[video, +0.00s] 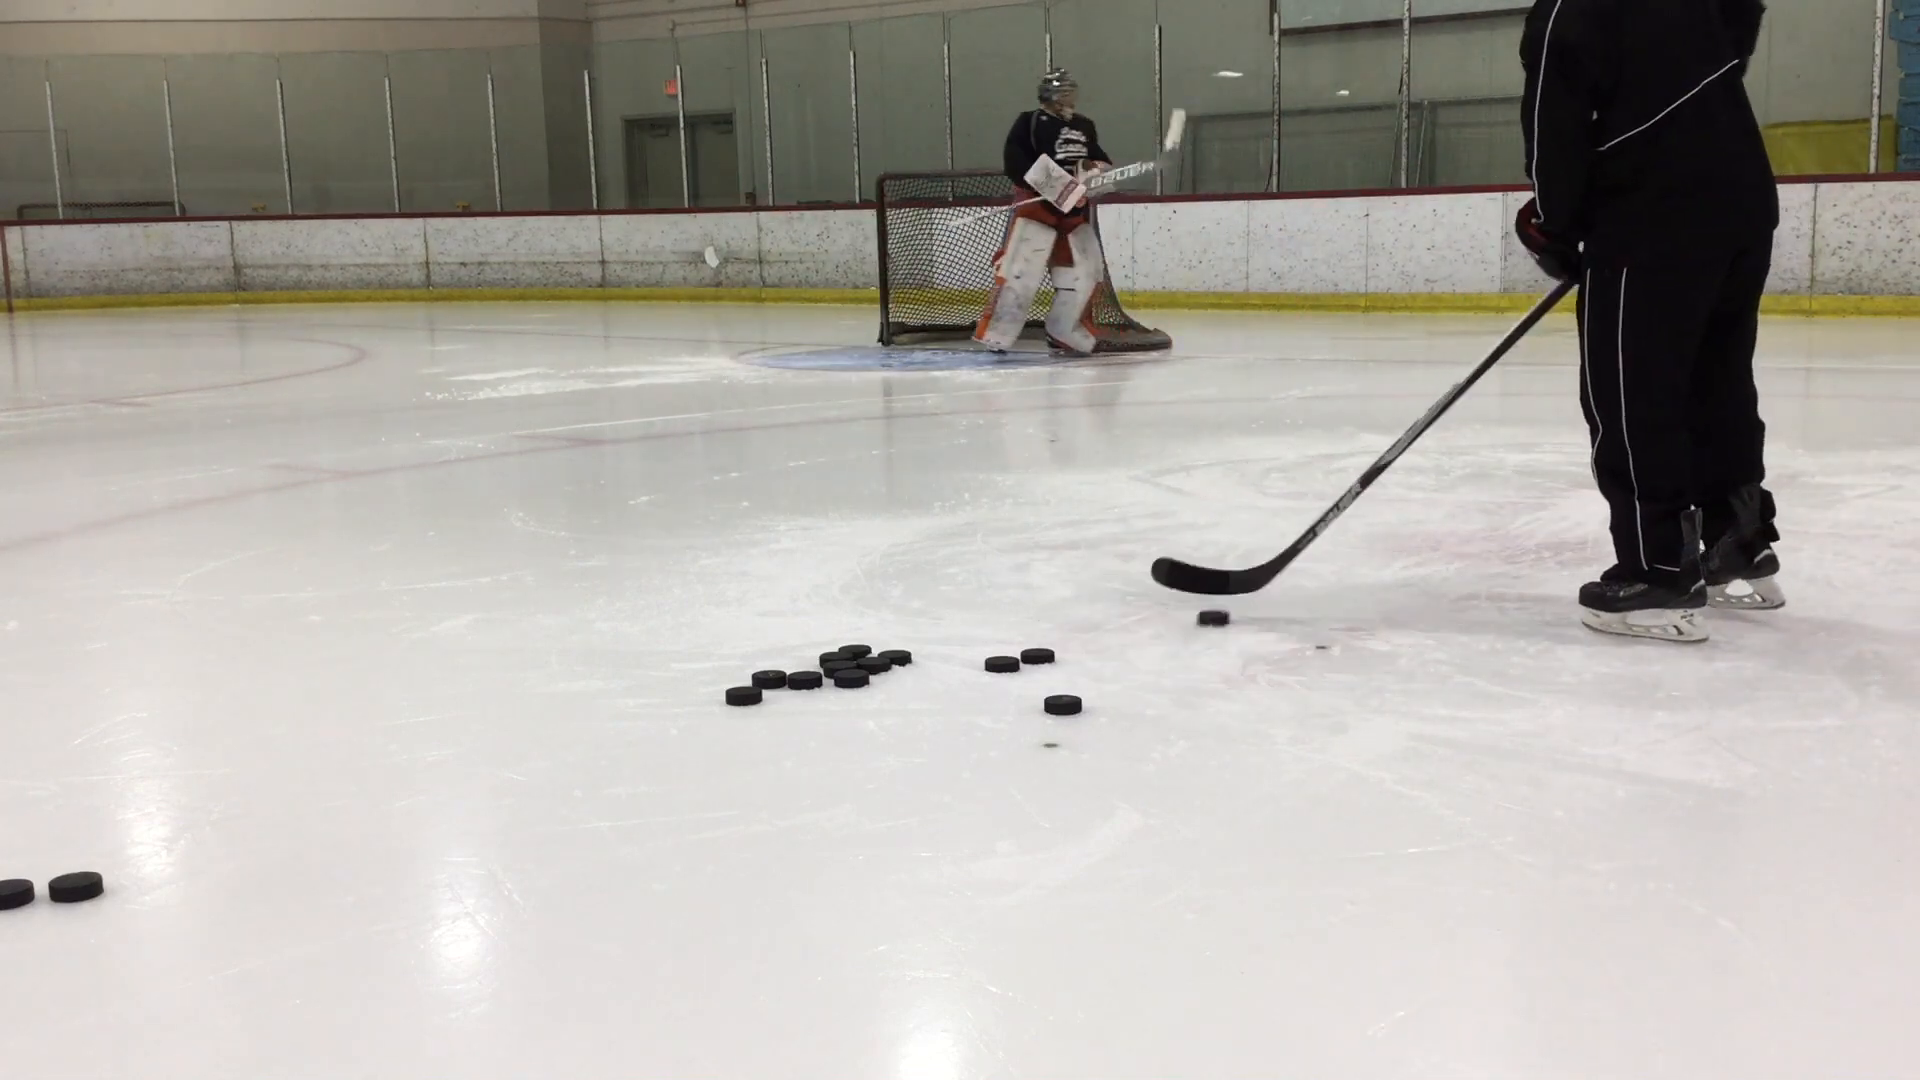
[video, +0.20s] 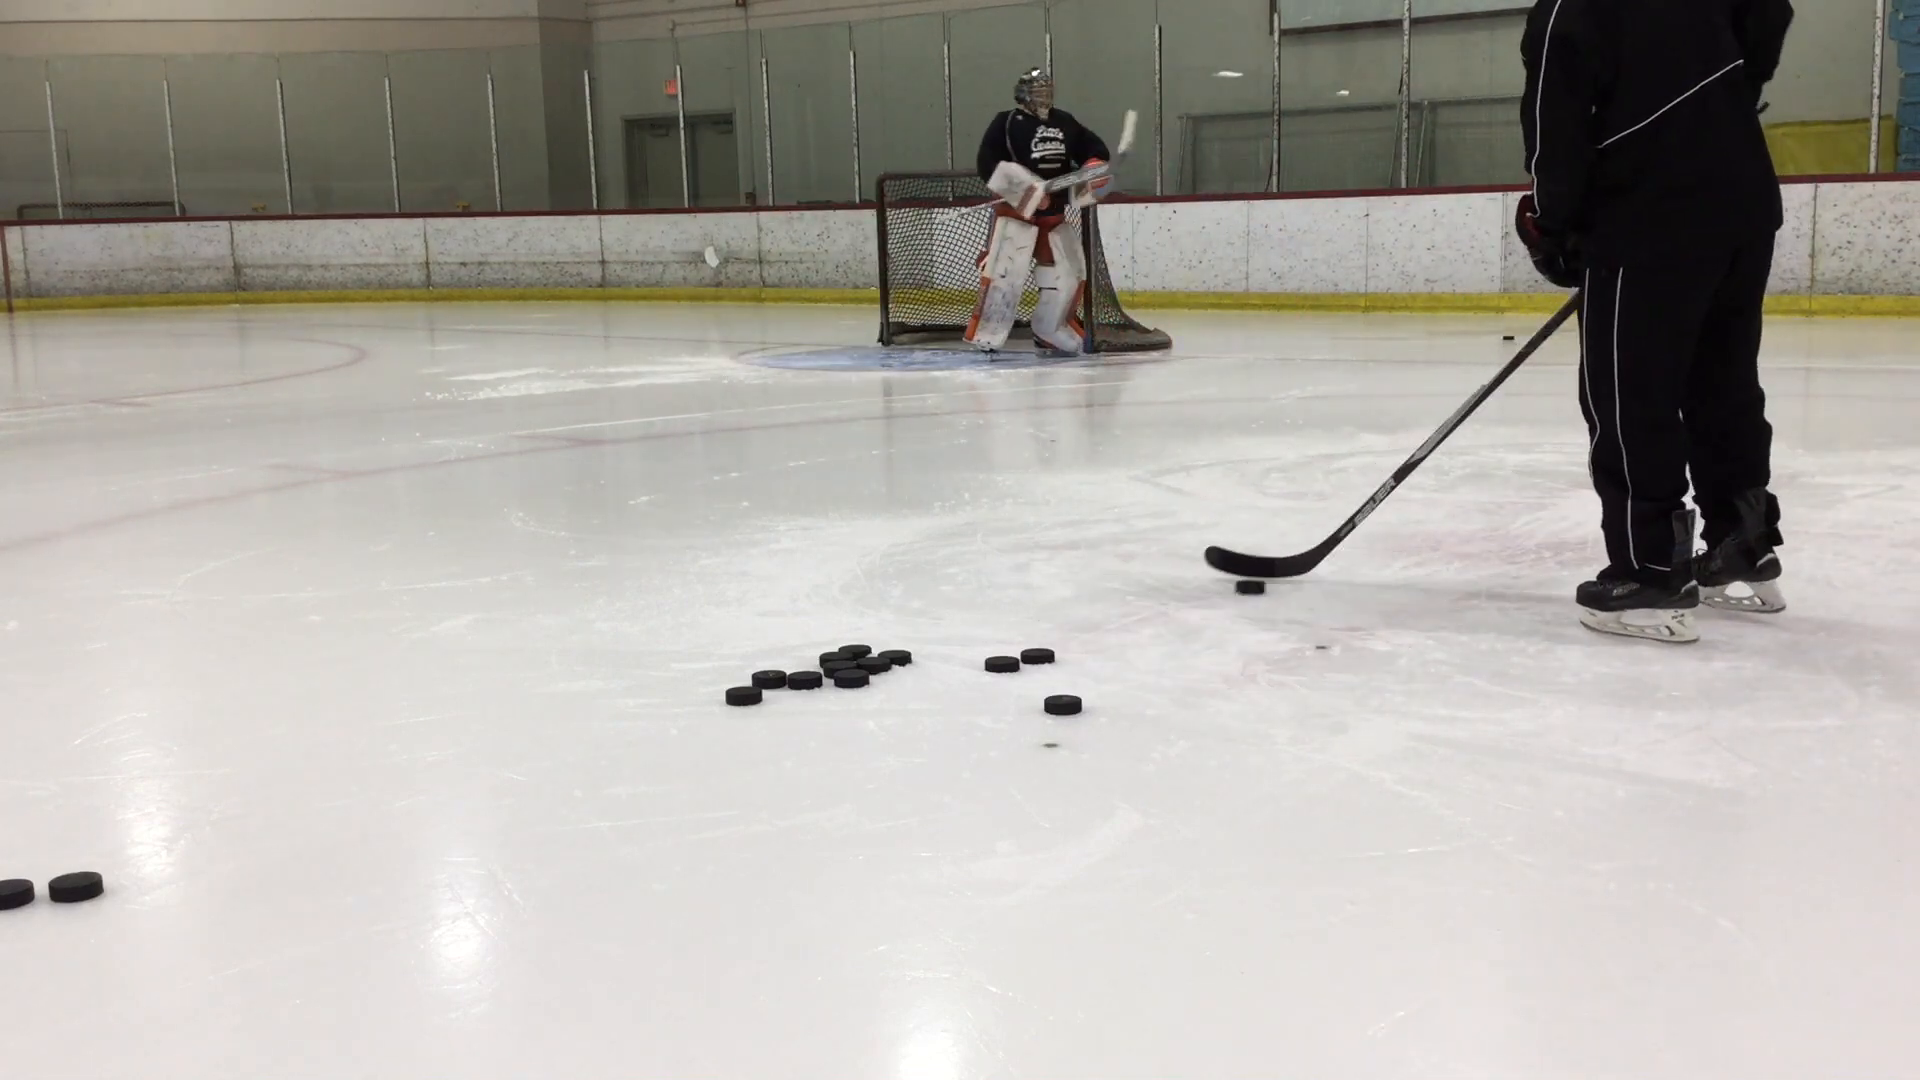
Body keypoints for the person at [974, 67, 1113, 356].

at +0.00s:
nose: (1071, 97)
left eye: (1073, 92)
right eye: (1065, 92)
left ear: (1075, 94)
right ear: (1049, 95)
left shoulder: (1084, 126)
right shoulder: (1029, 122)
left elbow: (1101, 160)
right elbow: (1014, 166)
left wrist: (1098, 168)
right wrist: (1054, 189)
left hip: (1074, 217)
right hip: (1035, 214)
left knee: (1083, 275)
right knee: (1020, 275)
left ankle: (1062, 333)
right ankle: (997, 337)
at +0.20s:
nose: (1045, 95)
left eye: (1048, 90)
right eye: (1038, 90)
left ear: (1052, 91)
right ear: (1023, 93)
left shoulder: (1064, 122)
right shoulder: (1006, 123)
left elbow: (1096, 151)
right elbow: (987, 165)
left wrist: (1090, 176)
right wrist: (1024, 189)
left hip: (1058, 217)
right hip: (1016, 217)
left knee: (1067, 275)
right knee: (1005, 276)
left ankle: (1048, 332)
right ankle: (989, 339)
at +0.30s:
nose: (1037, 96)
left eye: (1041, 91)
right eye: (1031, 91)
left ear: (1047, 92)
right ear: (1017, 94)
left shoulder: (1061, 120)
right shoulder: (999, 123)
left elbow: (1093, 146)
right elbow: (979, 166)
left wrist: (1084, 171)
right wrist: (1009, 199)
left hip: (1050, 217)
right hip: (1009, 218)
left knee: (1059, 278)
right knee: (1000, 278)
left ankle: (1049, 331)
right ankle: (987, 338)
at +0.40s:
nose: (1032, 99)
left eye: (1036, 93)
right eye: (1026, 94)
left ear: (1043, 95)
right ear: (1013, 95)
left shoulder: (1056, 123)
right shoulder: (994, 125)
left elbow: (1082, 157)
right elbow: (972, 167)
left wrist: (1070, 187)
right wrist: (1001, 202)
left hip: (1047, 216)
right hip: (1006, 216)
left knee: (1055, 278)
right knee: (1001, 277)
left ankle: (1054, 338)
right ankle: (989, 340)